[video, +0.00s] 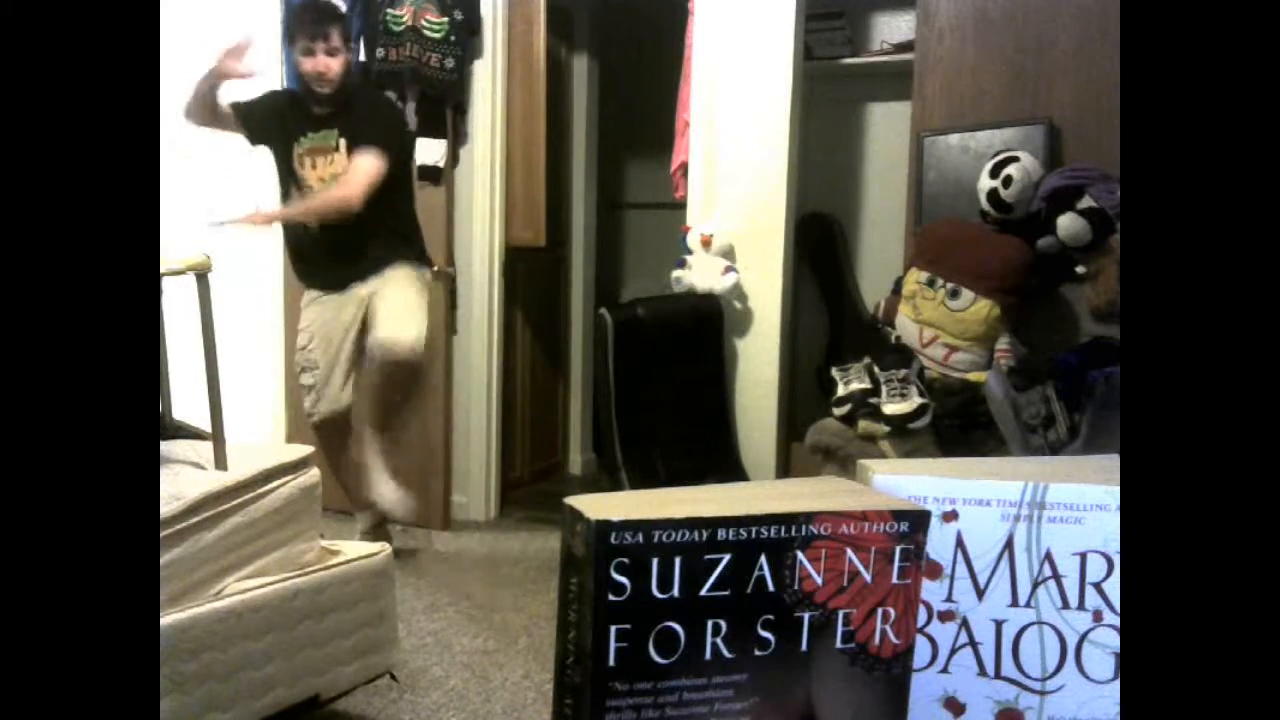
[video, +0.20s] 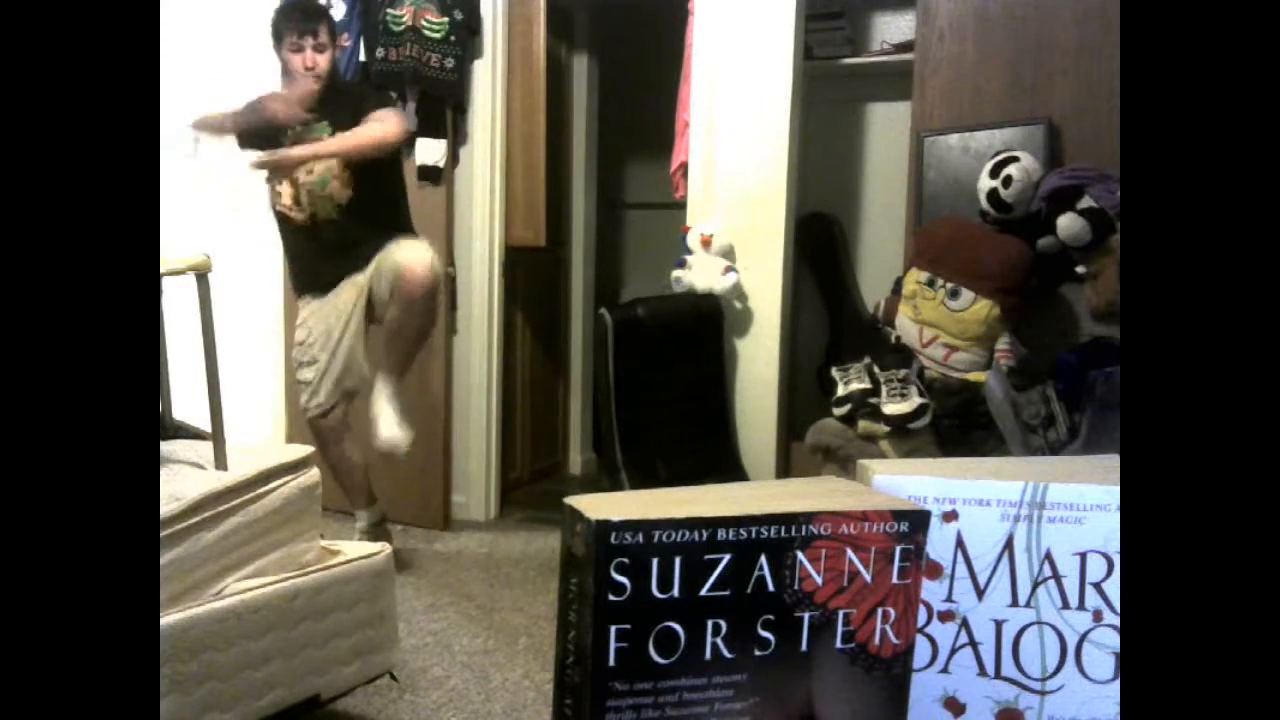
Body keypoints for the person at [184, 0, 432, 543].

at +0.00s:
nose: (323, 65)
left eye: (333, 52)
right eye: (311, 53)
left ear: (350, 53)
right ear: (293, 56)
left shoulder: (377, 110)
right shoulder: (281, 111)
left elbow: (353, 193)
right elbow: (201, 115)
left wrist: (276, 214)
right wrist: (214, 78)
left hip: (392, 265)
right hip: (325, 284)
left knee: (399, 346)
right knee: (325, 410)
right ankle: (370, 513)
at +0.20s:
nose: (309, 59)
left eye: (318, 47)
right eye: (296, 49)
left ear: (336, 48)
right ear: (280, 55)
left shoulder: (362, 94)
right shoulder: (272, 110)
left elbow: (392, 130)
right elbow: (202, 126)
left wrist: (299, 154)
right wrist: (254, 117)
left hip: (382, 255)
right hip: (320, 287)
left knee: (418, 268)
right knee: (325, 417)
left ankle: (388, 385)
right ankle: (370, 521)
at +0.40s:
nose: (306, 62)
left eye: (314, 49)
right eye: (294, 52)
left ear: (331, 48)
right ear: (275, 56)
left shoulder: (365, 96)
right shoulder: (263, 123)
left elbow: (413, 124)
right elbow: (235, 164)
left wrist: (347, 150)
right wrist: (311, 159)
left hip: (378, 253)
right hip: (317, 287)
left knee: (407, 248)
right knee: (327, 420)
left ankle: (390, 366)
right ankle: (368, 518)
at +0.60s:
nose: (286, 79)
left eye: (293, 68)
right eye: (273, 70)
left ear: (305, 74)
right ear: (254, 80)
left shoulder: (339, 118)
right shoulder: (253, 145)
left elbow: (412, 97)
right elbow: (316, 151)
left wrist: (469, 62)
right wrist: (394, 105)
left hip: (384, 256)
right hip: (328, 286)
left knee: (378, 177)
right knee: (331, 419)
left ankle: (391, 317)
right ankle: (369, 520)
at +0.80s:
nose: (277, 87)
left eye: (284, 78)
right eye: (263, 80)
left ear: (296, 85)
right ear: (245, 92)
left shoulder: (337, 122)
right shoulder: (245, 164)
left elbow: (414, 89)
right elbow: (300, 156)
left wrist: (451, 30)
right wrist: (365, 106)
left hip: (384, 253)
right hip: (335, 299)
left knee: (413, 174)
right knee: (339, 423)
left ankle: (419, 317)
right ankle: (371, 522)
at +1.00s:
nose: (265, 90)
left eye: (269, 81)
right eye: (250, 87)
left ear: (282, 89)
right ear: (236, 108)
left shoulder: (335, 124)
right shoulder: (244, 180)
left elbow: (420, 117)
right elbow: (279, 166)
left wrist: (412, 39)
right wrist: (322, 110)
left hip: (390, 253)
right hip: (337, 302)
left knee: (427, 175)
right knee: (342, 420)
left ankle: (440, 323)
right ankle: (372, 526)